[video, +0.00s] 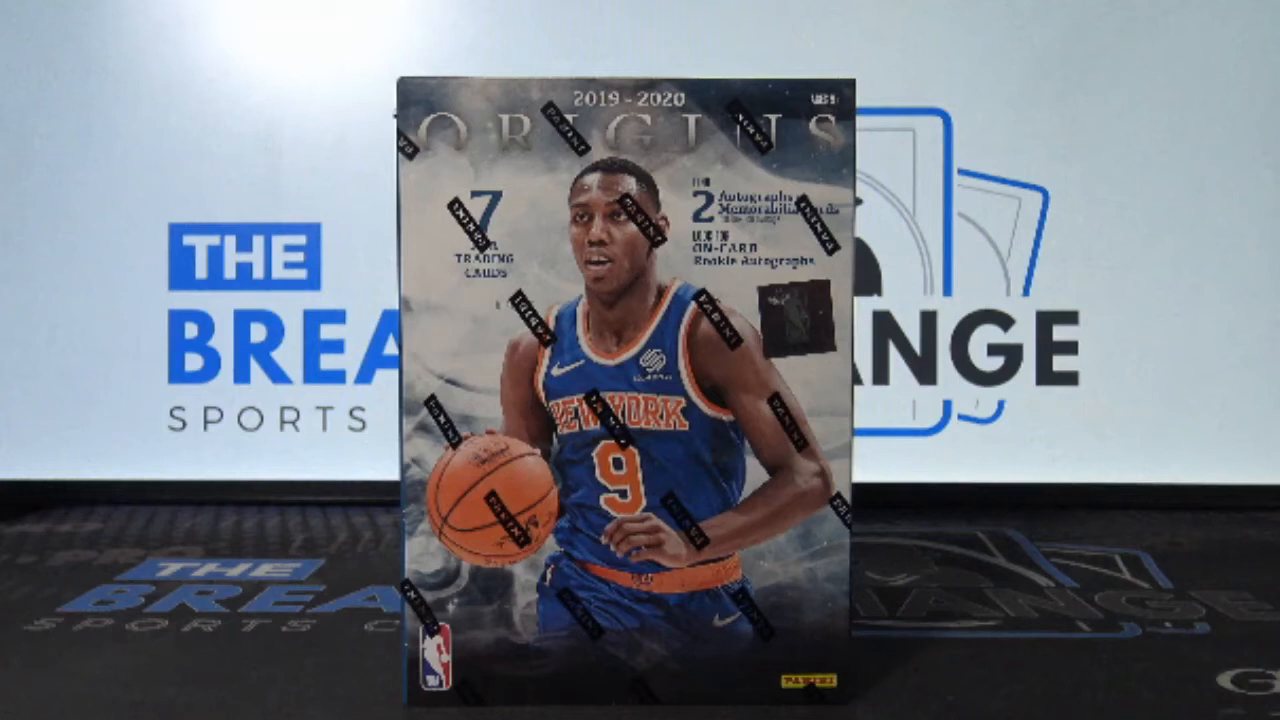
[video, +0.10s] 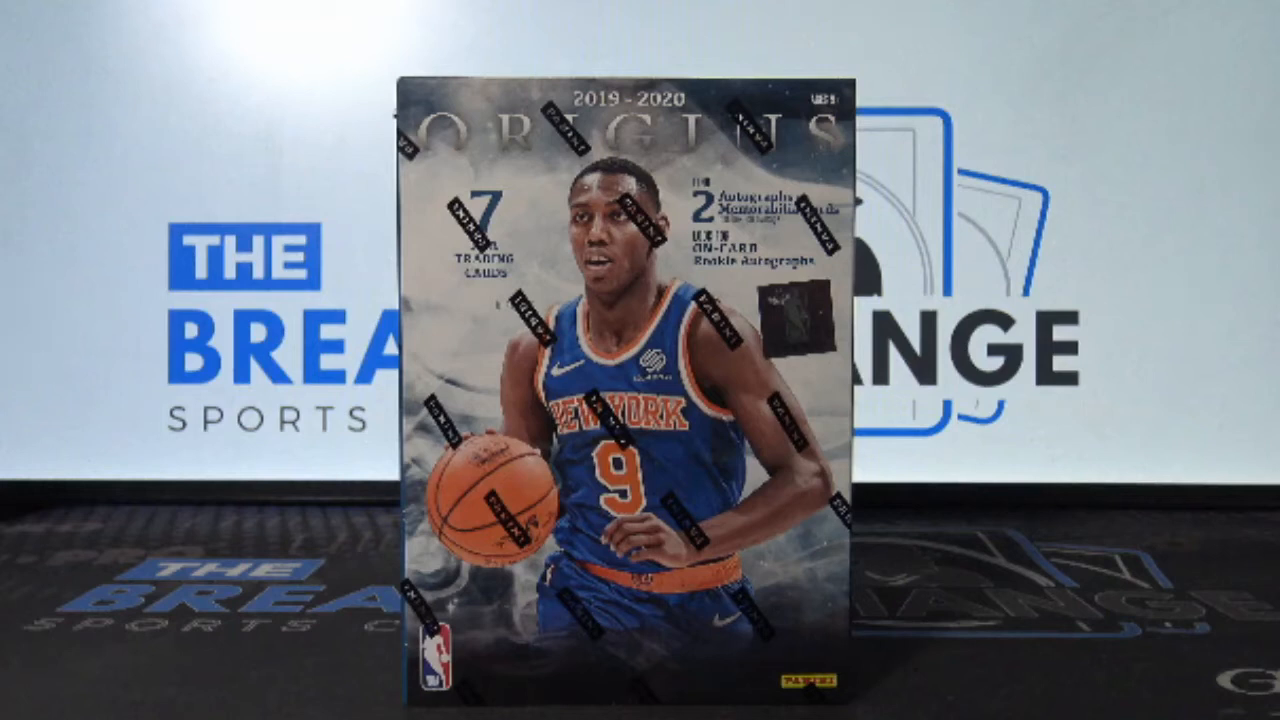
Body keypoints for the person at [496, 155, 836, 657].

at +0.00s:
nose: (595, 235)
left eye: (618, 216)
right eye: (581, 218)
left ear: (657, 230)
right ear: (569, 232)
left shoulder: (712, 334)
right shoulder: (534, 353)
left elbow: (809, 477)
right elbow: (528, 489)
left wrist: (696, 541)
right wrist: (478, 473)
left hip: (699, 613)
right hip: (584, 607)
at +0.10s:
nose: (595, 235)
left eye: (618, 216)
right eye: (581, 218)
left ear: (657, 230)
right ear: (569, 232)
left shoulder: (711, 333)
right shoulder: (534, 353)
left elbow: (809, 477)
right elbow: (528, 489)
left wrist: (696, 541)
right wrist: (482, 469)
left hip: (698, 613)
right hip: (583, 607)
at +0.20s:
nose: (595, 235)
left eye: (617, 216)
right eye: (581, 218)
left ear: (657, 230)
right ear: (569, 232)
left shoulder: (711, 334)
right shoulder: (534, 353)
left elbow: (809, 477)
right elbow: (528, 489)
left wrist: (696, 541)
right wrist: (481, 471)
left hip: (698, 613)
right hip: (583, 607)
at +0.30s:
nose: (595, 235)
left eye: (618, 216)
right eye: (581, 218)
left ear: (657, 230)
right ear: (569, 232)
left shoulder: (712, 334)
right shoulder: (534, 353)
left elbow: (809, 477)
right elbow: (528, 489)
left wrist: (695, 541)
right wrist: (483, 469)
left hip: (699, 612)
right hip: (584, 606)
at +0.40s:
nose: (595, 235)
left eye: (618, 216)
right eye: (581, 218)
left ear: (657, 230)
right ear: (569, 232)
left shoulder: (712, 334)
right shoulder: (534, 353)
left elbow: (809, 477)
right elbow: (528, 489)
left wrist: (695, 541)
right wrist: (483, 469)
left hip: (699, 612)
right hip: (584, 606)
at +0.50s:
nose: (595, 235)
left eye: (618, 216)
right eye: (581, 218)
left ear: (657, 230)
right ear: (569, 232)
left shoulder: (711, 334)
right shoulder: (534, 353)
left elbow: (809, 477)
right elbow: (527, 489)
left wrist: (696, 541)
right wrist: (476, 475)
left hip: (699, 613)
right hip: (584, 608)